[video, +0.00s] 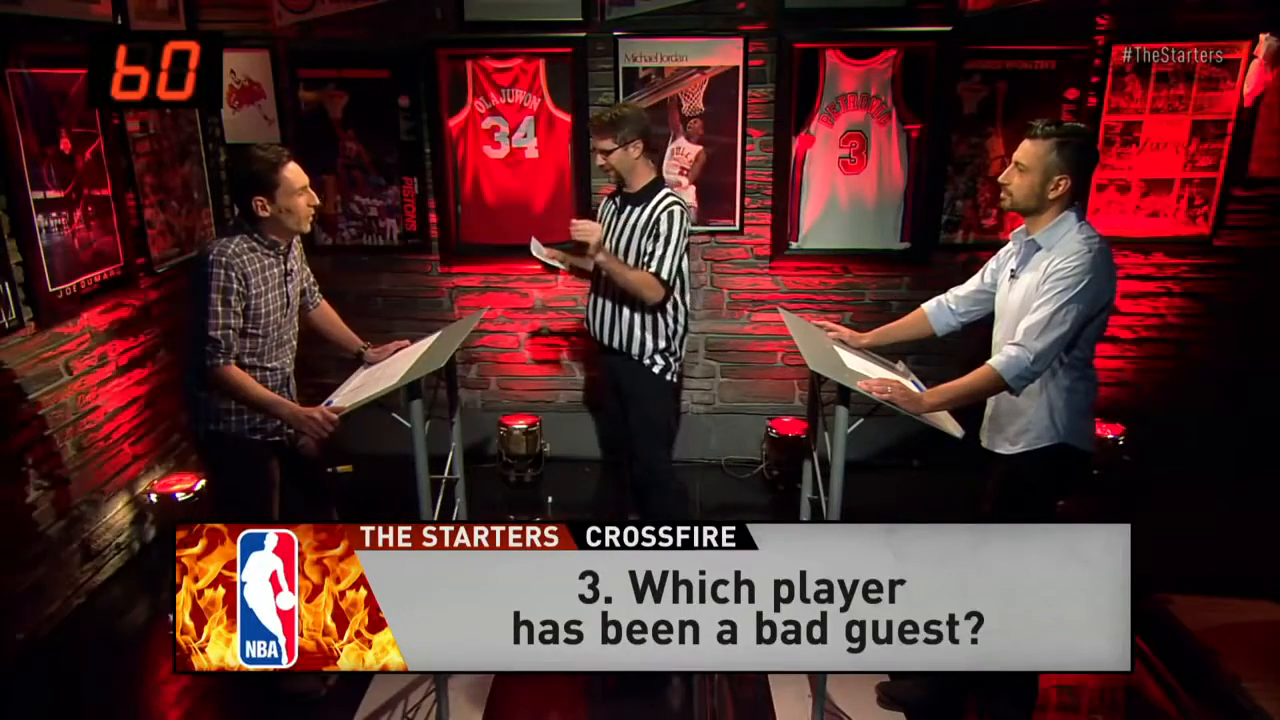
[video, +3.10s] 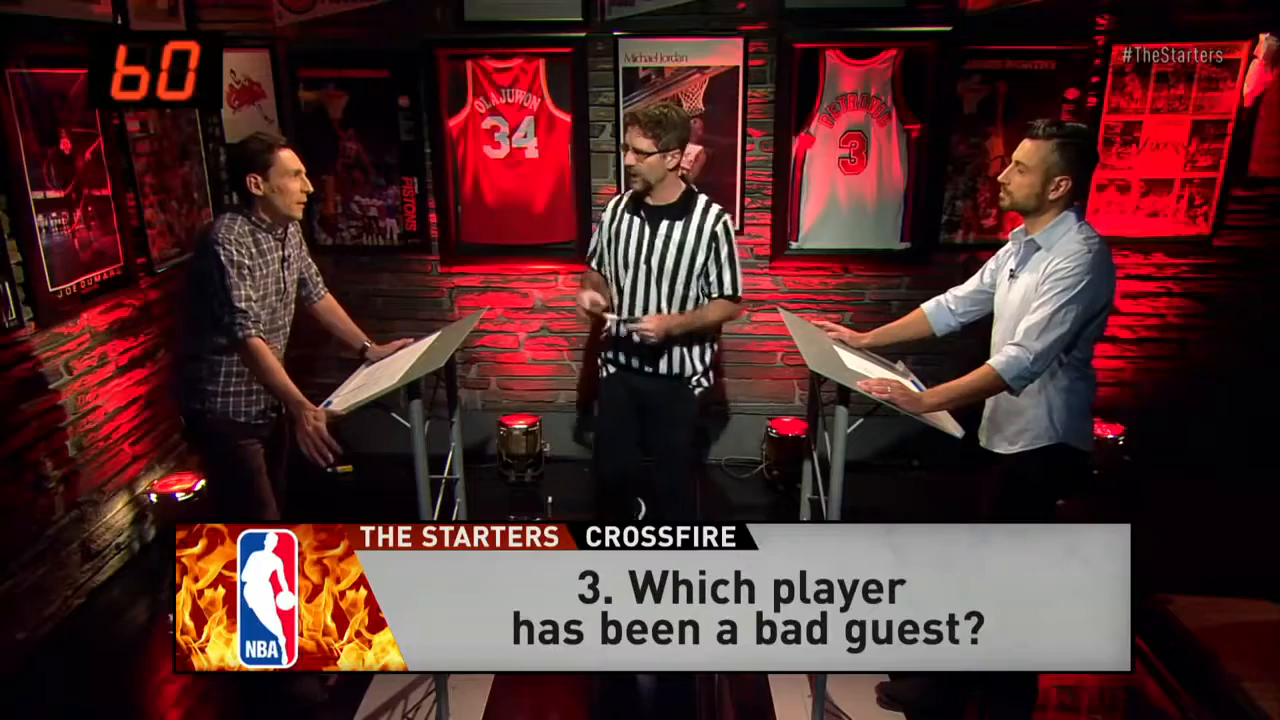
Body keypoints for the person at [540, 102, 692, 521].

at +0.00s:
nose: (599, 162)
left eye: (607, 152)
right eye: (596, 152)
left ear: (637, 148)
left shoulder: (670, 210)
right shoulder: (611, 203)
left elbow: (654, 290)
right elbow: (604, 268)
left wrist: (601, 252)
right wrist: (567, 260)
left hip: (650, 364)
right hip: (609, 355)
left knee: (651, 468)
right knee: (615, 463)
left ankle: (663, 543)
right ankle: (615, 535)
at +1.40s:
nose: (627, 147)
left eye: (640, 140)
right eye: (627, 137)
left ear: (671, 152)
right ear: (624, 138)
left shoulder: (704, 216)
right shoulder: (613, 207)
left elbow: (712, 304)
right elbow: (601, 278)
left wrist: (670, 292)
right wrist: (581, 281)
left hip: (676, 383)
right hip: (618, 375)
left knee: (671, 491)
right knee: (610, 482)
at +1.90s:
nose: (695, 151)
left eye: (695, 142)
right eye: (684, 144)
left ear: (687, 149)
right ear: (648, 153)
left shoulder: (709, 212)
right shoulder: (611, 215)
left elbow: (727, 292)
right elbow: (579, 284)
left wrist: (733, 258)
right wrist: (602, 303)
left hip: (686, 379)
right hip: (626, 380)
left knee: (675, 492)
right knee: (623, 490)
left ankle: (671, 585)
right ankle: (616, 585)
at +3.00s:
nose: (628, 162)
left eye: (638, 154)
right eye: (627, 152)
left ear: (675, 158)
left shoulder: (717, 222)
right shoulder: (616, 211)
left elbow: (732, 303)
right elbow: (599, 275)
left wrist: (679, 321)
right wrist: (600, 300)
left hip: (682, 385)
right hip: (620, 380)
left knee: (675, 493)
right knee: (612, 487)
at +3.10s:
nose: (628, 161)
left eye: (640, 153)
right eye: (627, 150)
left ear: (675, 158)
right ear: (625, 149)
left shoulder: (712, 221)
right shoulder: (616, 211)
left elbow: (728, 305)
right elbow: (598, 279)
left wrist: (673, 324)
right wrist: (593, 297)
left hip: (681, 385)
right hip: (619, 379)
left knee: (675, 494)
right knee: (611, 489)